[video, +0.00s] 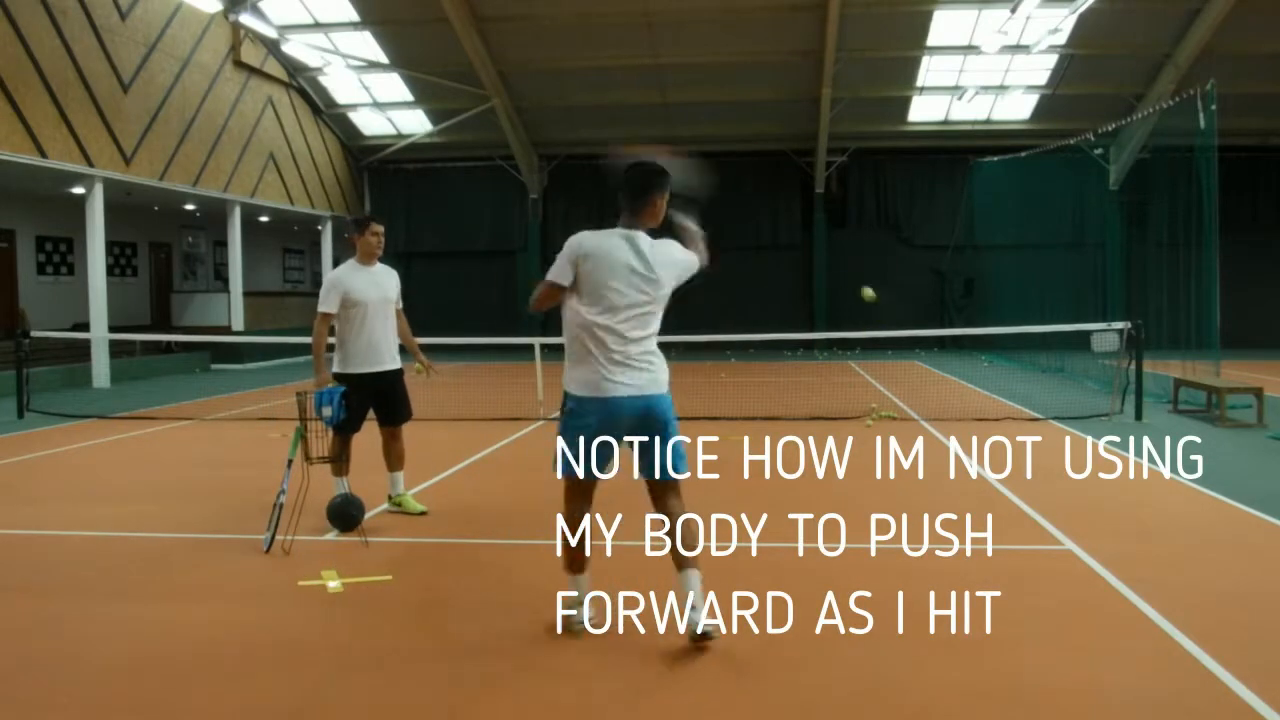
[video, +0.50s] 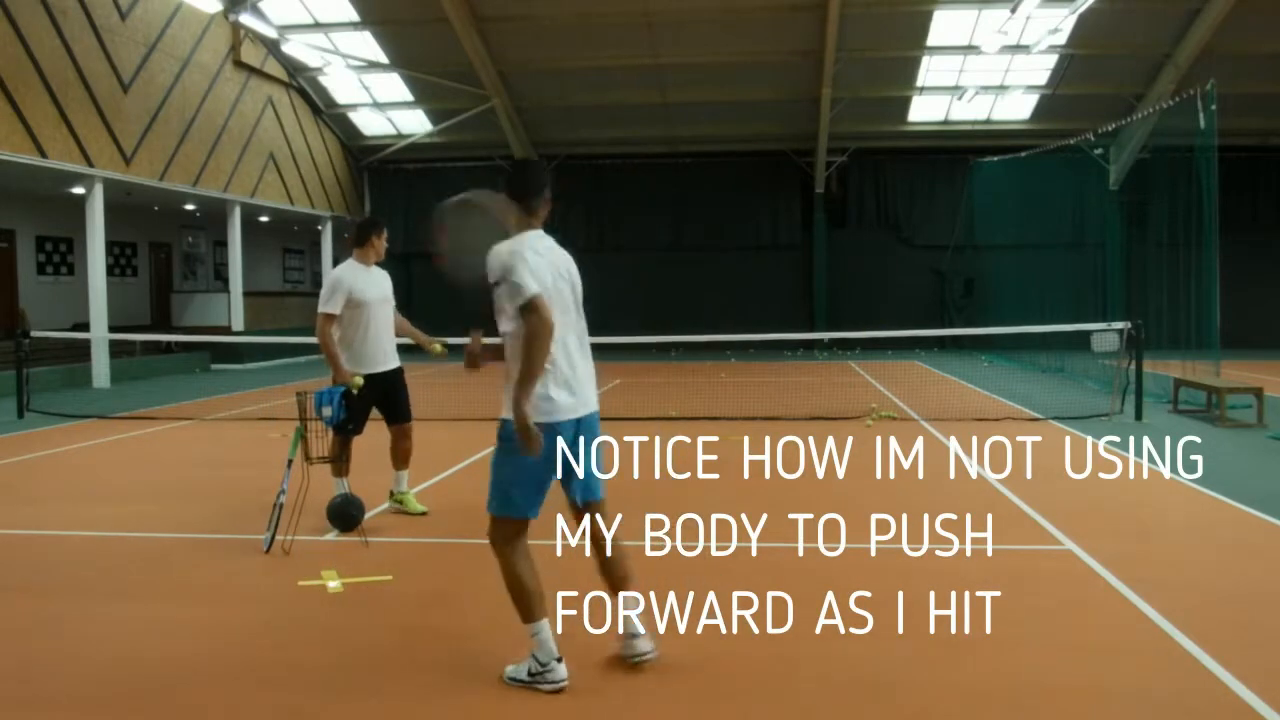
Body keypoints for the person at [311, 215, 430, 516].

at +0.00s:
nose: (380, 240)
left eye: (382, 235)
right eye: (374, 235)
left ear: (383, 240)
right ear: (356, 239)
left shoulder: (390, 275)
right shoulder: (338, 278)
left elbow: (398, 318)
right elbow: (322, 324)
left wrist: (417, 354)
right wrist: (320, 370)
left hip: (389, 370)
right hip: (352, 373)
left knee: (393, 431)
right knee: (343, 435)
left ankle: (398, 494)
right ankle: (341, 496)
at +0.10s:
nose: (386, 241)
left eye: (386, 236)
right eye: (380, 236)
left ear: (380, 241)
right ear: (361, 239)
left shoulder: (389, 275)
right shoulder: (339, 278)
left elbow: (395, 318)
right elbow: (323, 324)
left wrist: (416, 351)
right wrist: (320, 371)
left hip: (389, 370)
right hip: (353, 373)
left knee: (393, 431)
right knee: (343, 434)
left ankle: (398, 494)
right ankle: (341, 495)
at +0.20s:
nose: (388, 243)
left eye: (387, 238)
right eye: (385, 238)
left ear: (371, 240)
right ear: (372, 240)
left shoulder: (386, 275)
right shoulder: (339, 277)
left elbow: (392, 318)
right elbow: (323, 325)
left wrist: (416, 349)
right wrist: (323, 372)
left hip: (388, 370)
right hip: (353, 373)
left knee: (393, 431)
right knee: (343, 434)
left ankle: (398, 494)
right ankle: (342, 496)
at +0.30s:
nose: (388, 244)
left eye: (387, 239)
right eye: (385, 239)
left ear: (371, 241)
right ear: (374, 241)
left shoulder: (384, 276)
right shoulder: (340, 276)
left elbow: (391, 319)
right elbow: (323, 328)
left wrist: (419, 346)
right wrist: (330, 373)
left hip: (388, 370)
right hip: (354, 374)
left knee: (393, 430)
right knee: (343, 435)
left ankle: (397, 493)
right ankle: (342, 496)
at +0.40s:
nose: (387, 245)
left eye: (386, 239)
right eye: (384, 239)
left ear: (371, 241)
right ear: (373, 240)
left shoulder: (383, 276)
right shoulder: (340, 276)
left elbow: (390, 319)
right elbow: (324, 327)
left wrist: (421, 343)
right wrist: (335, 370)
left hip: (388, 370)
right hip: (354, 374)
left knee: (395, 431)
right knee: (343, 436)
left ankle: (398, 493)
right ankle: (342, 497)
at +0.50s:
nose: (387, 245)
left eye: (386, 240)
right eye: (384, 240)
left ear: (372, 241)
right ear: (372, 241)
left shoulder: (382, 275)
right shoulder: (340, 277)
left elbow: (391, 318)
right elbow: (323, 329)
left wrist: (423, 339)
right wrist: (339, 369)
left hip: (390, 370)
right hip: (356, 375)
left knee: (402, 428)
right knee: (344, 436)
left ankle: (400, 491)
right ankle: (342, 496)